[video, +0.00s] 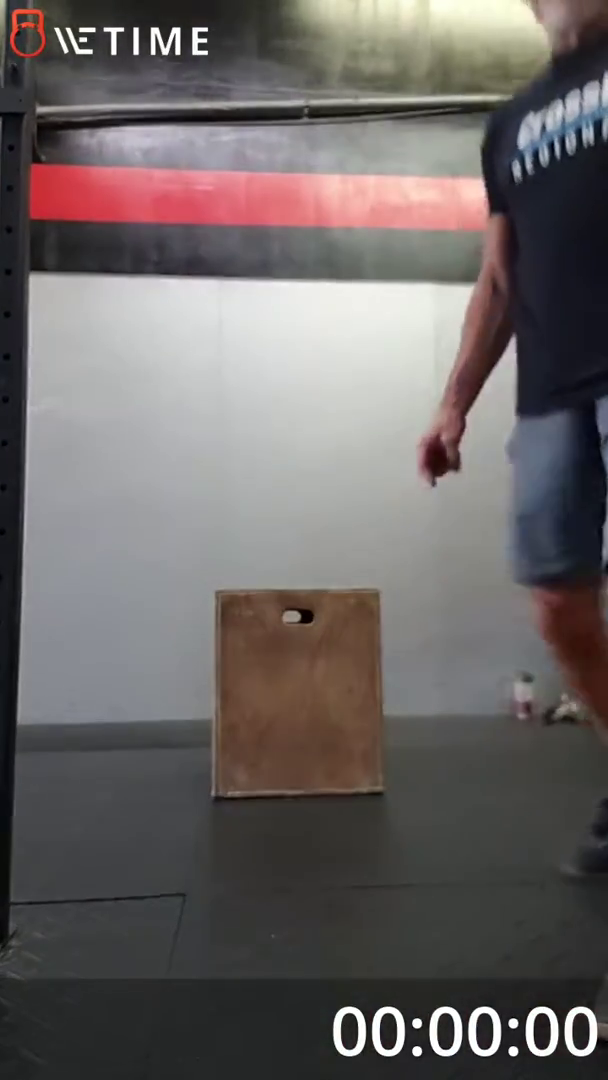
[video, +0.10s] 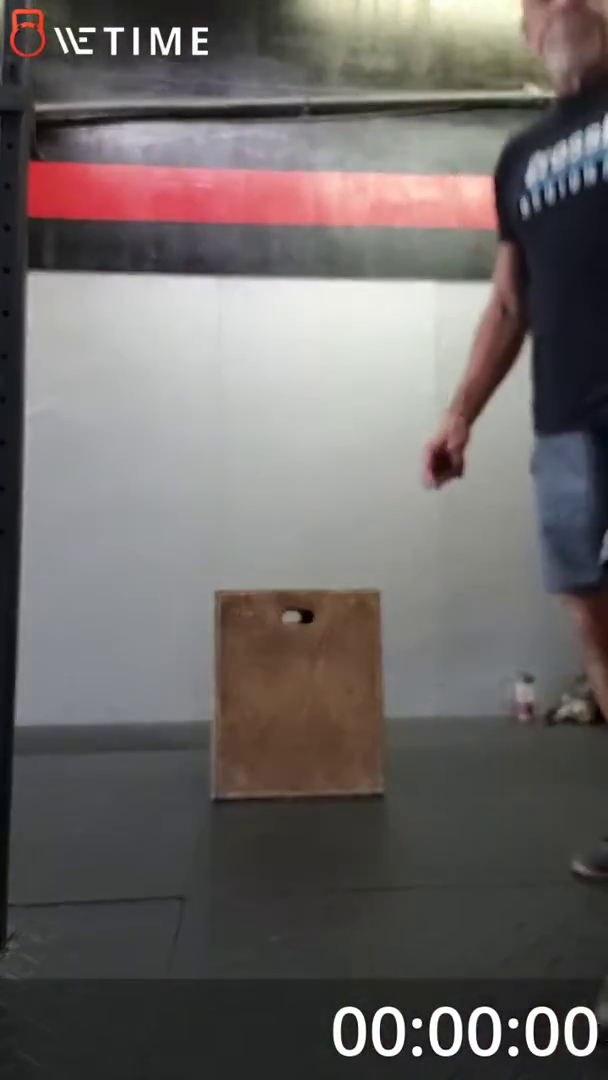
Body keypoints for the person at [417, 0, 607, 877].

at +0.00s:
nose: (551, 2)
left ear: (597, 1)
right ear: (537, 8)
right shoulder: (514, 121)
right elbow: (499, 279)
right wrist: (454, 404)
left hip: (598, 383)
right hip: (554, 392)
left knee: (580, 605)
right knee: (561, 604)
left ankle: (606, 807)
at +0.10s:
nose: (551, 23)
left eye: (566, 6)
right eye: (542, 11)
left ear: (601, 17)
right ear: (534, 29)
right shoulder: (524, 155)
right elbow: (511, 299)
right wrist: (460, 415)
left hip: (592, 420)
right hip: (566, 419)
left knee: (595, 619)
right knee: (588, 611)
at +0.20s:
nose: (550, 51)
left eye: (559, 30)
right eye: (539, 37)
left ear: (589, 35)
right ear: (536, 52)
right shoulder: (536, 182)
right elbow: (526, 317)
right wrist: (477, 423)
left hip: (597, 434)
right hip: (575, 436)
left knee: (599, 627)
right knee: (596, 619)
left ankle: (595, 835)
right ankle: (597, 835)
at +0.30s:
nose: (568, 67)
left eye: (581, 46)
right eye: (548, 57)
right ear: (532, 81)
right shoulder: (549, 199)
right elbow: (546, 328)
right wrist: (504, 437)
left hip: (596, 438)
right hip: (587, 438)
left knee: (599, 624)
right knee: (598, 609)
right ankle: (603, 837)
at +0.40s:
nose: (576, 84)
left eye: (589, 64)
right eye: (557, 73)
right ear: (539, 92)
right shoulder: (559, 211)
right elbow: (563, 337)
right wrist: (537, 448)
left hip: (603, 448)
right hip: (594, 448)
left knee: (601, 629)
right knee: (602, 619)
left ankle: (603, 845)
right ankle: (605, 844)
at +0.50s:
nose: (586, 104)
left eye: (596, 85)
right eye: (569, 93)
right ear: (549, 112)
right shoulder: (568, 223)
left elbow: (572, 345)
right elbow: (573, 344)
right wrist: (567, 457)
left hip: (607, 454)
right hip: (603, 454)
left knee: (602, 648)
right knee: (603, 646)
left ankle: (606, 843)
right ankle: (607, 841)